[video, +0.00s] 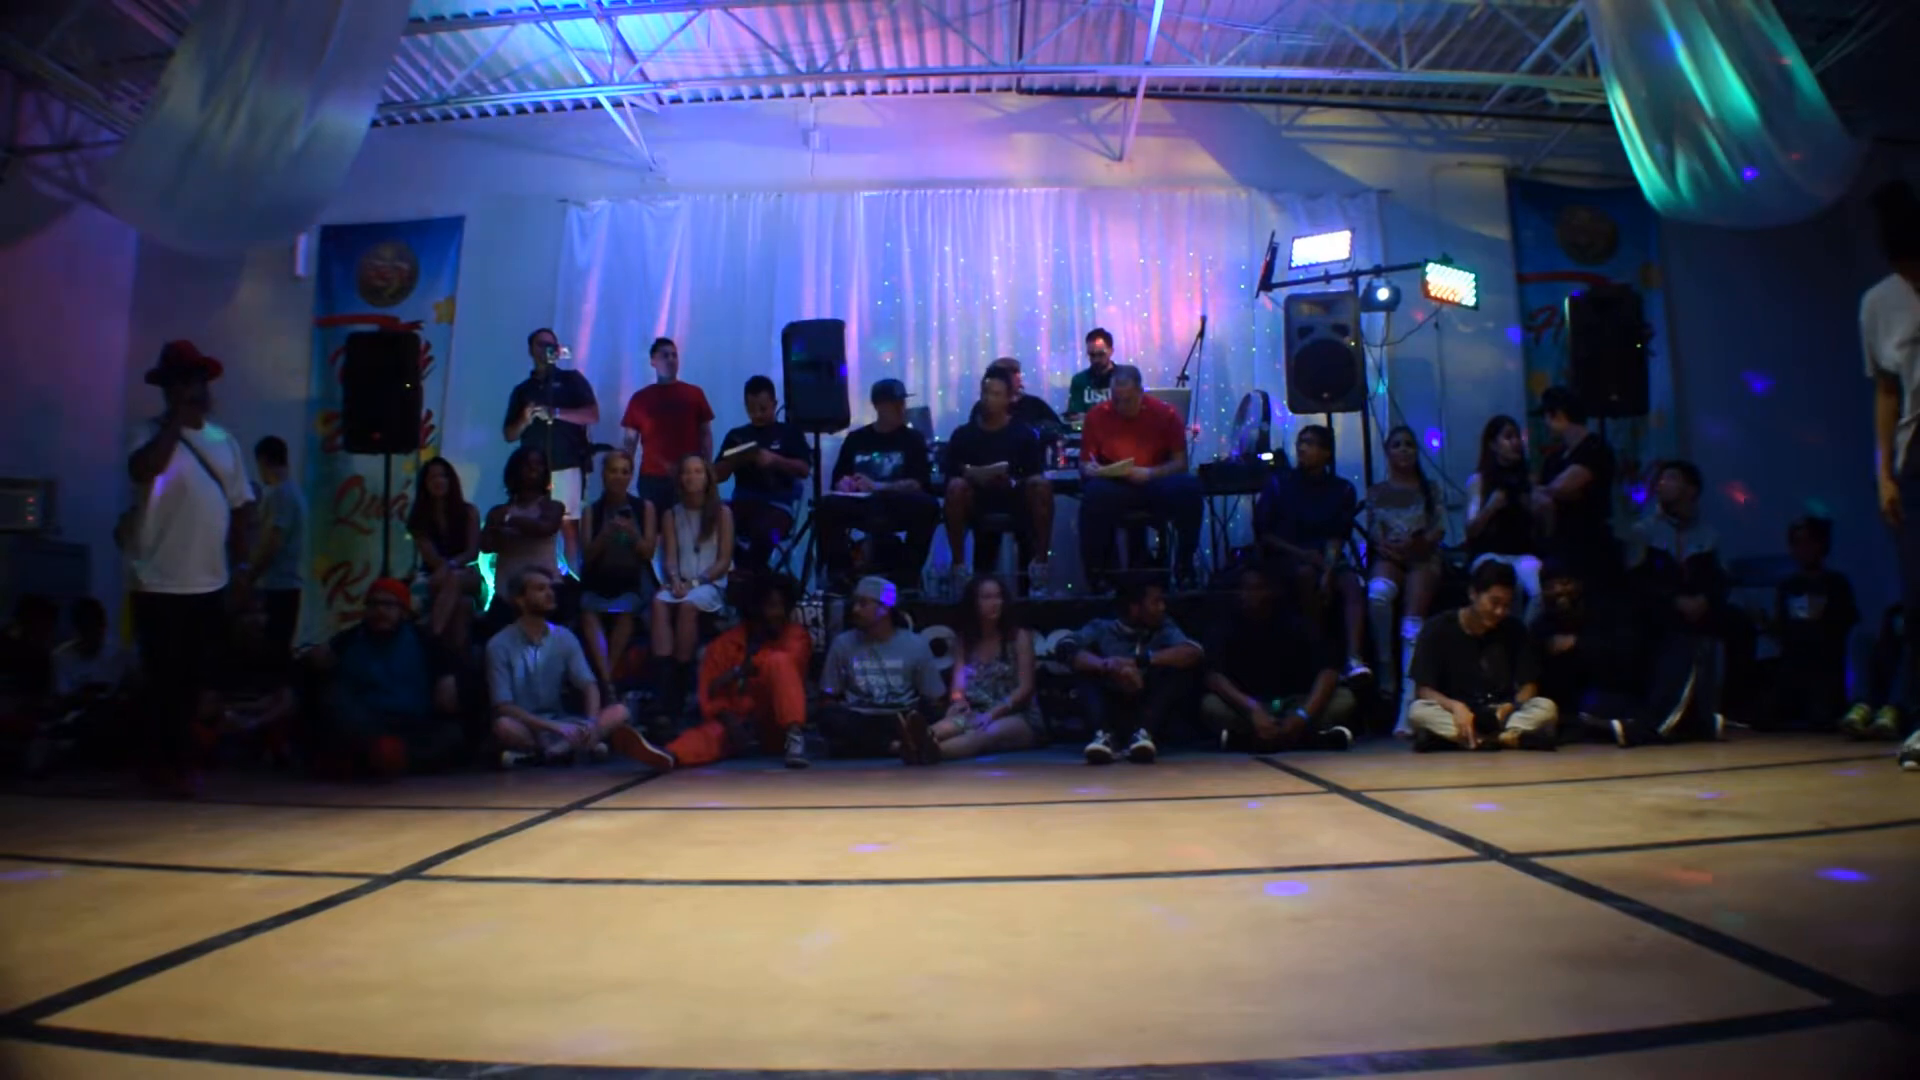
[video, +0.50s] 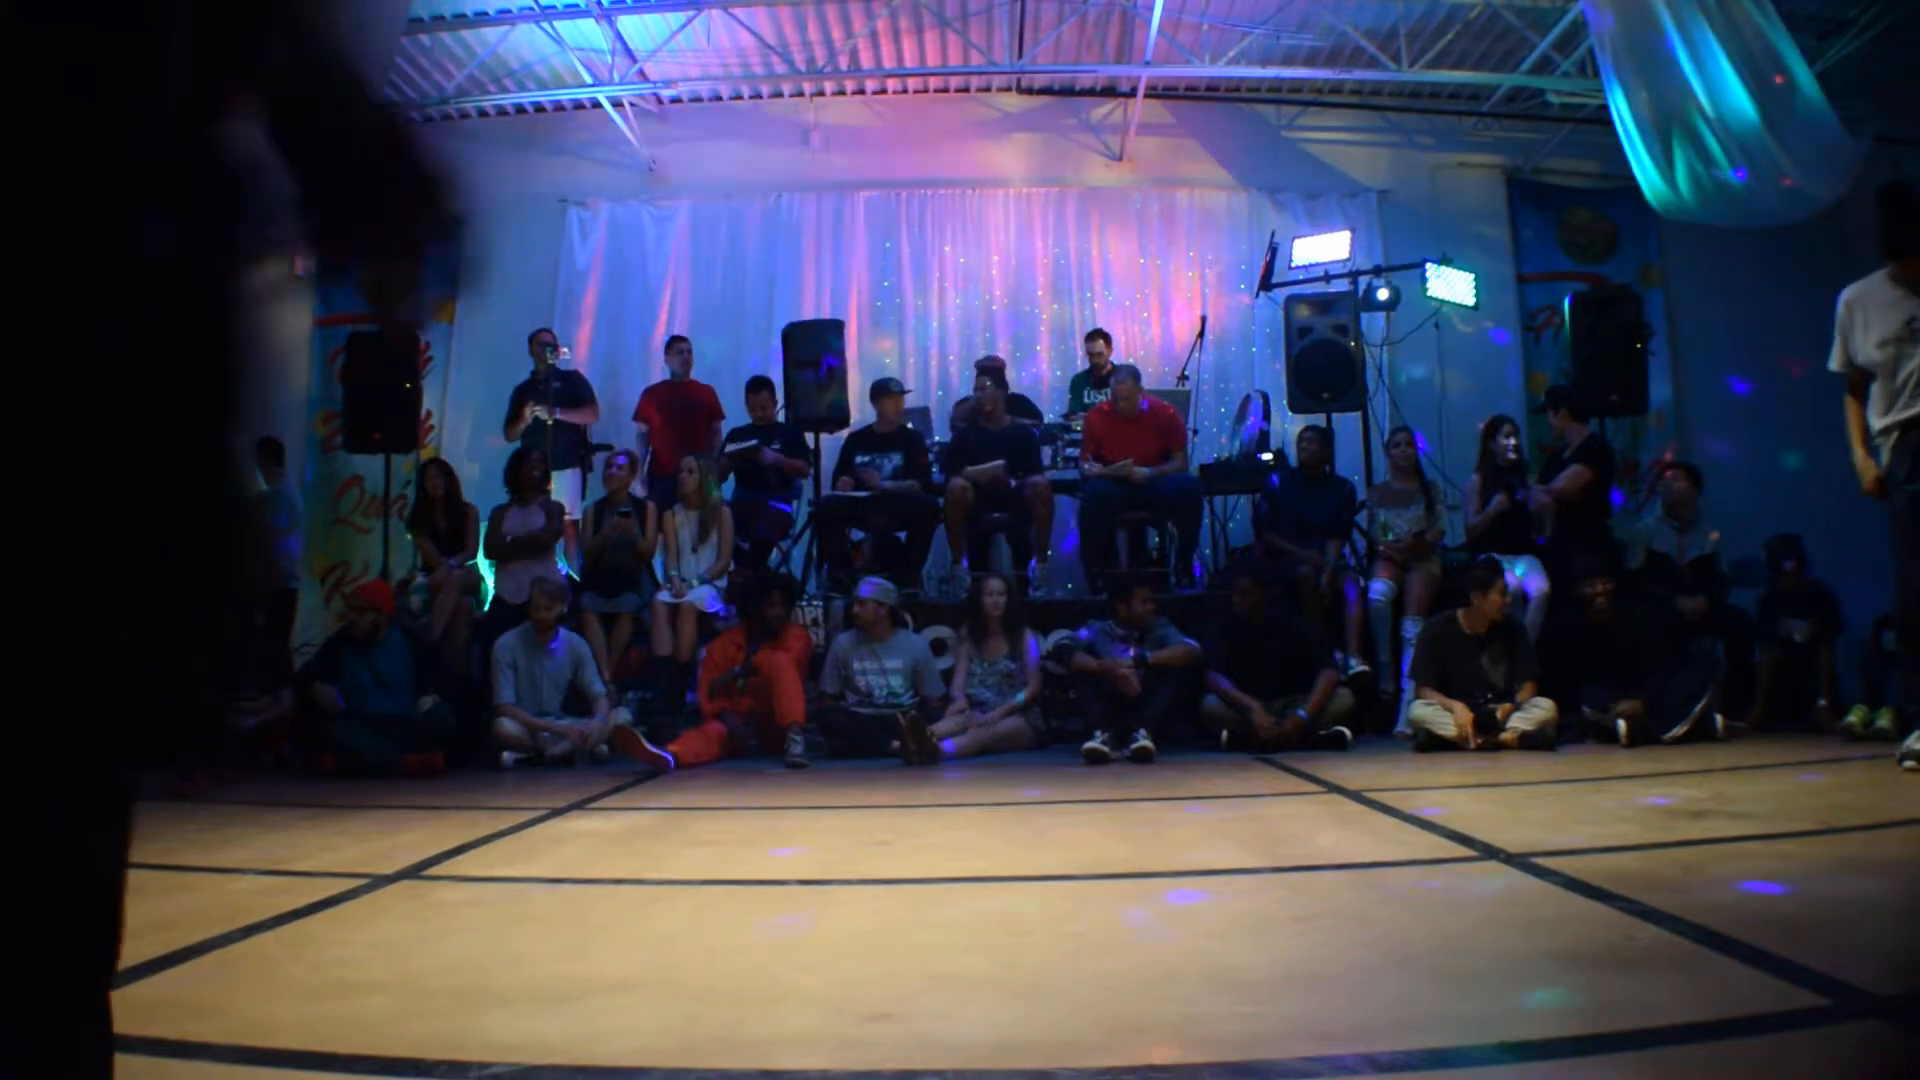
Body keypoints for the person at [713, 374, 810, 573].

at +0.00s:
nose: (757, 415)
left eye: (763, 409)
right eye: (752, 409)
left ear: (774, 405)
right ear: (746, 407)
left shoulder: (790, 433)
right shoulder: (736, 435)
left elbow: (804, 468)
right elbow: (718, 474)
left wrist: (773, 460)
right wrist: (741, 459)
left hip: (778, 502)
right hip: (743, 501)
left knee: (763, 535)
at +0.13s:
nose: (757, 414)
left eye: (763, 408)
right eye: (752, 408)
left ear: (774, 405)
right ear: (746, 407)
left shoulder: (790, 433)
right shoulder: (737, 435)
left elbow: (803, 469)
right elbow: (719, 475)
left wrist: (773, 460)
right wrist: (739, 459)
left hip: (778, 503)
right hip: (743, 501)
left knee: (764, 536)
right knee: (724, 529)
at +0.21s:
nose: (758, 414)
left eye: (763, 408)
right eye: (753, 409)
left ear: (775, 405)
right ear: (746, 407)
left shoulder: (789, 433)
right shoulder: (736, 435)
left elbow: (804, 469)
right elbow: (719, 475)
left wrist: (774, 460)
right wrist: (737, 459)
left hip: (777, 503)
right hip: (742, 501)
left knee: (764, 536)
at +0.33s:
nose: (758, 414)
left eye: (763, 407)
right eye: (753, 408)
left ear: (775, 404)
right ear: (747, 407)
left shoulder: (790, 433)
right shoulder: (737, 435)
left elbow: (804, 469)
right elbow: (720, 474)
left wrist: (774, 459)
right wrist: (735, 458)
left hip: (777, 502)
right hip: (743, 501)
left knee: (764, 537)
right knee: (729, 532)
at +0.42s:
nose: (758, 414)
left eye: (763, 408)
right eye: (753, 408)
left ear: (775, 404)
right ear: (747, 407)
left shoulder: (790, 433)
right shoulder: (736, 435)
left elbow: (804, 469)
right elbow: (719, 475)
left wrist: (775, 459)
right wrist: (731, 460)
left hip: (777, 501)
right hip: (743, 500)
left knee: (762, 537)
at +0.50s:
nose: (758, 414)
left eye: (763, 408)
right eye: (753, 408)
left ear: (775, 404)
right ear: (747, 407)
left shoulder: (790, 433)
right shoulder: (737, 435)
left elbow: (804, 468)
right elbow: (719, 476)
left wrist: (776, 459)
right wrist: (732, 459)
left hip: (777, 502)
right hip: (744, 501)